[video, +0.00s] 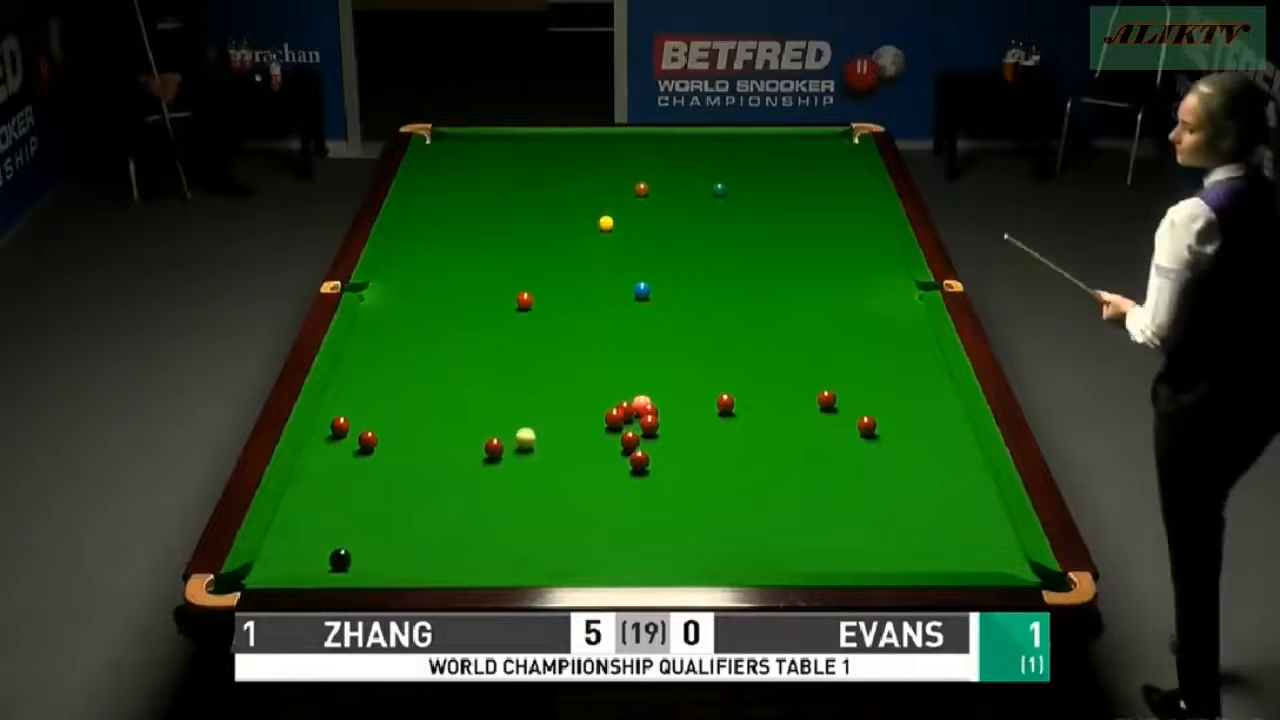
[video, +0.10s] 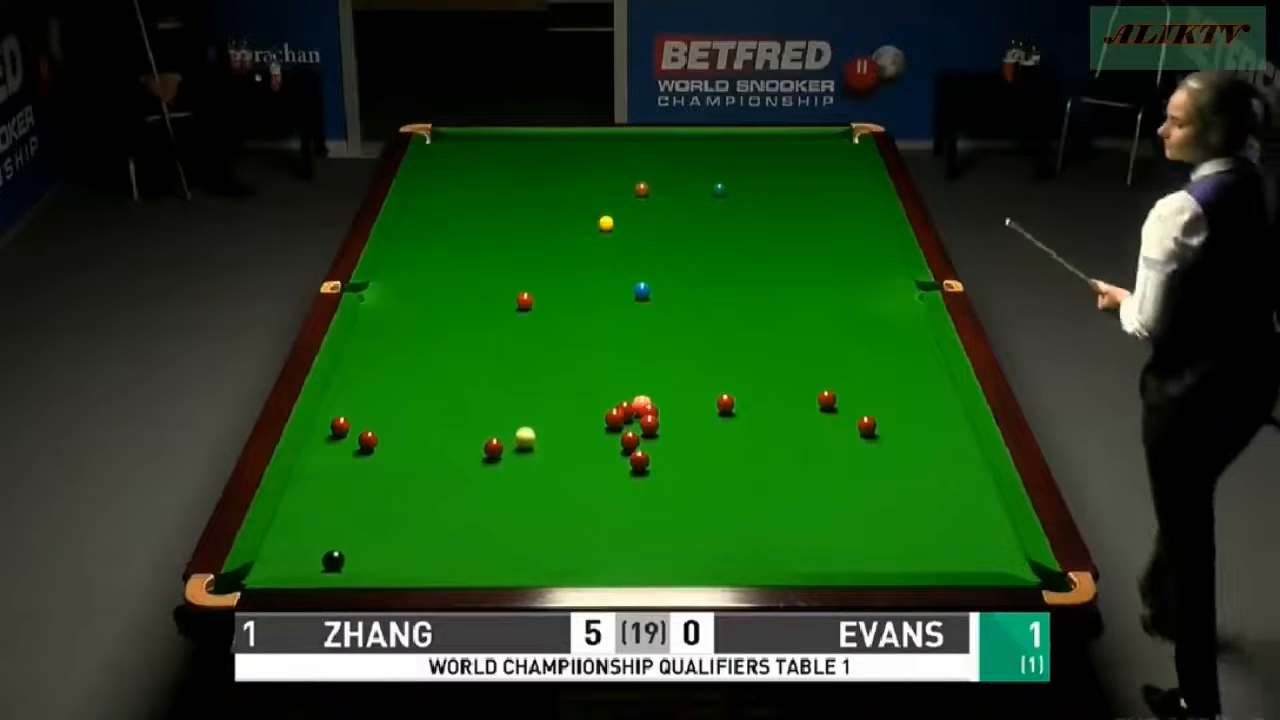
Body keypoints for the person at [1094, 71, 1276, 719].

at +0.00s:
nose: (1175, 131)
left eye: (1186, 125)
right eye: (1180, 119)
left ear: (1220, 137)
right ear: (1238, 136)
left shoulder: (1190, 218)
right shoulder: (1268, 196)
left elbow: (1156, 329)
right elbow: (1241, 298)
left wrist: (1123, 310)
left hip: (1195, 401)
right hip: (1258, 392)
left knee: (1192, 546)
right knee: (1201, 518)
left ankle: (1197, 694)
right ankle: (1201, 650)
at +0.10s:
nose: (1164, 127)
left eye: (1175, 120)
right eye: (1169, 116)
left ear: (1208, 131)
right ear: (1223, 131)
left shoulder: (1176, 213)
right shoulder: (1255, 189)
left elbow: (1148, 324)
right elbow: (1240, 291)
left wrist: (1118, 300)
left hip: (1184, 396)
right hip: (1247, 385)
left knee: (1189, 536)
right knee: (1184, 502)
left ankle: (1197, 693)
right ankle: (1165, 607)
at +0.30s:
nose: (1138, 110)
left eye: (1149, 104)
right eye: (1142, 100)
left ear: (1180, 114)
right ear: (1200, 114)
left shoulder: (1152, 189)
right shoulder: (1241, 169)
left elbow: (1125, 294)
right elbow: (1267, 261)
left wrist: (1100, 270)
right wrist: (1231, 303)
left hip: (1154, 352)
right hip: (1220, 344)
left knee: (1156, 501)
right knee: (1154, 461)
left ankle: (1185, 669)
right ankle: (1126, 568)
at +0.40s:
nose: (1127, 91)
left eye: (1138, 84)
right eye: (1130, 81)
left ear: (1174, 93)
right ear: (1187, 91)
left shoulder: (1143, 163)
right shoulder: (1230, 145)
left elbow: (1113, 268)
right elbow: (1259, 235)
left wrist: (1086, 244)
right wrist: (1214, 274)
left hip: (1139, 331)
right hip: (1202, 322)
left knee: (1111, 460)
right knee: (1156, 446)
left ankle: (1152, 598)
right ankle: (1127, 565)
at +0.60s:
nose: (1105, 72)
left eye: (1114, 64)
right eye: (1107, 61)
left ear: (1144, 72)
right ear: (1163, 71)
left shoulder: (1119, 141)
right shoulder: (1210, 130)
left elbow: (1094, 240)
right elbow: (1255, 199)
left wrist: (1057, 221)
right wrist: (1204, 245)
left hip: (1112, 302)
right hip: (1176, 302)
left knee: (1079, 411)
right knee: (1146, 429)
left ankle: (1075, 552)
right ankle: (1127, 570)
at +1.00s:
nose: (1042, 41)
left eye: (1053, 35)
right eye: (1045, 31)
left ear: (1085, 41)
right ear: (1094, 39)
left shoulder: (1059, 105)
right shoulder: (1136, 93)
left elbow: (1038, 200)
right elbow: (1170, 165)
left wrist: (1005, 180)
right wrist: (1134, 210)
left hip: (1055, 255)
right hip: (1113, 252)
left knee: (1039, 368)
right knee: (1087, 362)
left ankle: (1048, 488)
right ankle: (1099, 481)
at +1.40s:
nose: (1010, 16)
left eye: (1019, 8)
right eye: (1011, 7)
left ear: (1048, 15)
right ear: (1050, 17)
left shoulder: (1025, 72)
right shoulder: (1082, 67)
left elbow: (998, 159)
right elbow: (1120, 134)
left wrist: (986, 135)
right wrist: (1074, 155)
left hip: (1029, 214)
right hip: (1070, 210)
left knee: (1022, 331)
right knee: (1030, 319)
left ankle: (1031, 452)